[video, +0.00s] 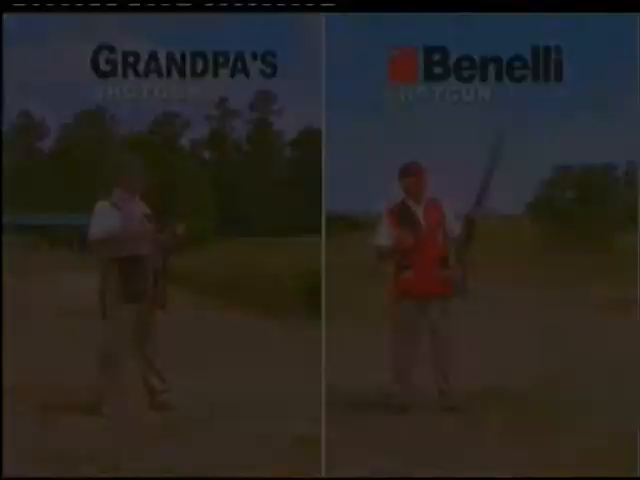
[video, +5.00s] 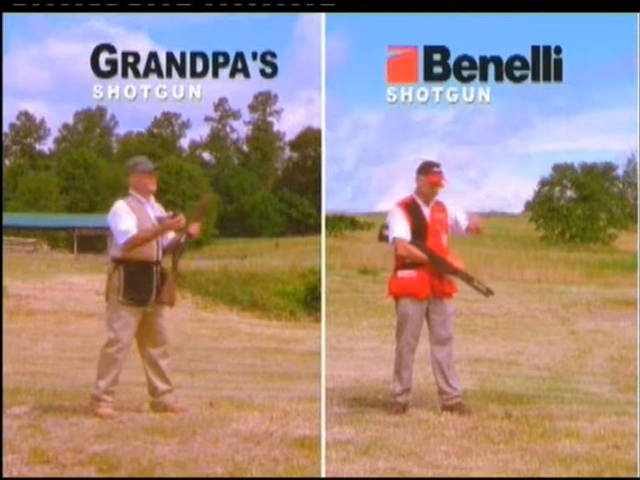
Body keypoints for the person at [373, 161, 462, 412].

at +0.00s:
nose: (415, 187)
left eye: (419, 181)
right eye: (410, 182)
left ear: (425, 183)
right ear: (402, 185)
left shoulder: (437, 211)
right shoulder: (393, 214)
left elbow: (451, 241)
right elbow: (382, 250)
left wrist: (466, 231)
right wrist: (401, 247)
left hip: (437, 286)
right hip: (407, 288)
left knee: (442, 338)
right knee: (405, 340)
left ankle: (445, 389)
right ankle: (403, 389)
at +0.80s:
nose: (425, 186)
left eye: (427, 181)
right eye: (420, 181)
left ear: (429, 181)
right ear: (407, 182)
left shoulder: (439, 208)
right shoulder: (395, 211)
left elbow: (451, 240)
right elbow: (399, 247)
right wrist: (438, 257)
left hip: (436, 278)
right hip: (409, 280)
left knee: (443, 340)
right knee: (406, 342)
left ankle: (451, 396)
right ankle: (400, 395)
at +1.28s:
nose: (429, 189)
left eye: (432, 184)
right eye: (424, 184)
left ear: (434, 184)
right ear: (411, 182)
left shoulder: (438, 210)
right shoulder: (396, 210)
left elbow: (464, 238)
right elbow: (399, 249)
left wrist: (456, 218)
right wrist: (435, 259)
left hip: (437, 281)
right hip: (409, 282)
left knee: (443, 341)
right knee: (406, 342)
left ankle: (451, 397)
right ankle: (401, 396)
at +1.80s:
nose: (431, 190)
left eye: (434, 185)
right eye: (427, 184)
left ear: (436, 185)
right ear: (414, 182)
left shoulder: (439, 209)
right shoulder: (396, 210)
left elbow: (471, 208)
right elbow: (398, 249)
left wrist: (453, 177)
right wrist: (435, 258)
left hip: (437, 281)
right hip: (409, 282)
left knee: (443, 340)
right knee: (406, 342)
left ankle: (451, 397)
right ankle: (400, 396)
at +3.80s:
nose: (426, 177)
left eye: (428, 173)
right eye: (420, 172)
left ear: (429, 179)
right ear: (407, 179)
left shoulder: (437, 208)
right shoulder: (395, 211)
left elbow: (470, 203)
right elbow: (397, 249)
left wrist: (446, 179)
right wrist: (433, 260)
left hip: (436, 279)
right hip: (408, 281)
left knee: (443, 340)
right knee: (406, 342)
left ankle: (451, 396)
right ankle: (400, 395)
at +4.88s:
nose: (434, 187)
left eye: (436, 182)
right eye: (430, 182)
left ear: (438, 183)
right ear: (416, 180)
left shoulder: (441, 208)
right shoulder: (398, 211)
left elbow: (473, 218)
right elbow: (399, 250)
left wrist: (466, 196)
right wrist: (434, 261)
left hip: (439, 282)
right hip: (410, 283)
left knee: (443, 340)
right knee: (407, 343)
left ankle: (451, 397)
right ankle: (401, 396)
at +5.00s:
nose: (436, 189)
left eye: (439, 184)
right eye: (432, 183)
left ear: (441, 185)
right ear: (419, 181)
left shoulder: (444, 210)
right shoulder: (401, 210)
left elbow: (465, 225)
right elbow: (402, 249)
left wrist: (474, 225)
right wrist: (435, 262)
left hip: (440, 281)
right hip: (411, 282)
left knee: (443, 340)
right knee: (407, 343)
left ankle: (450, 397)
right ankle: (400, 397)